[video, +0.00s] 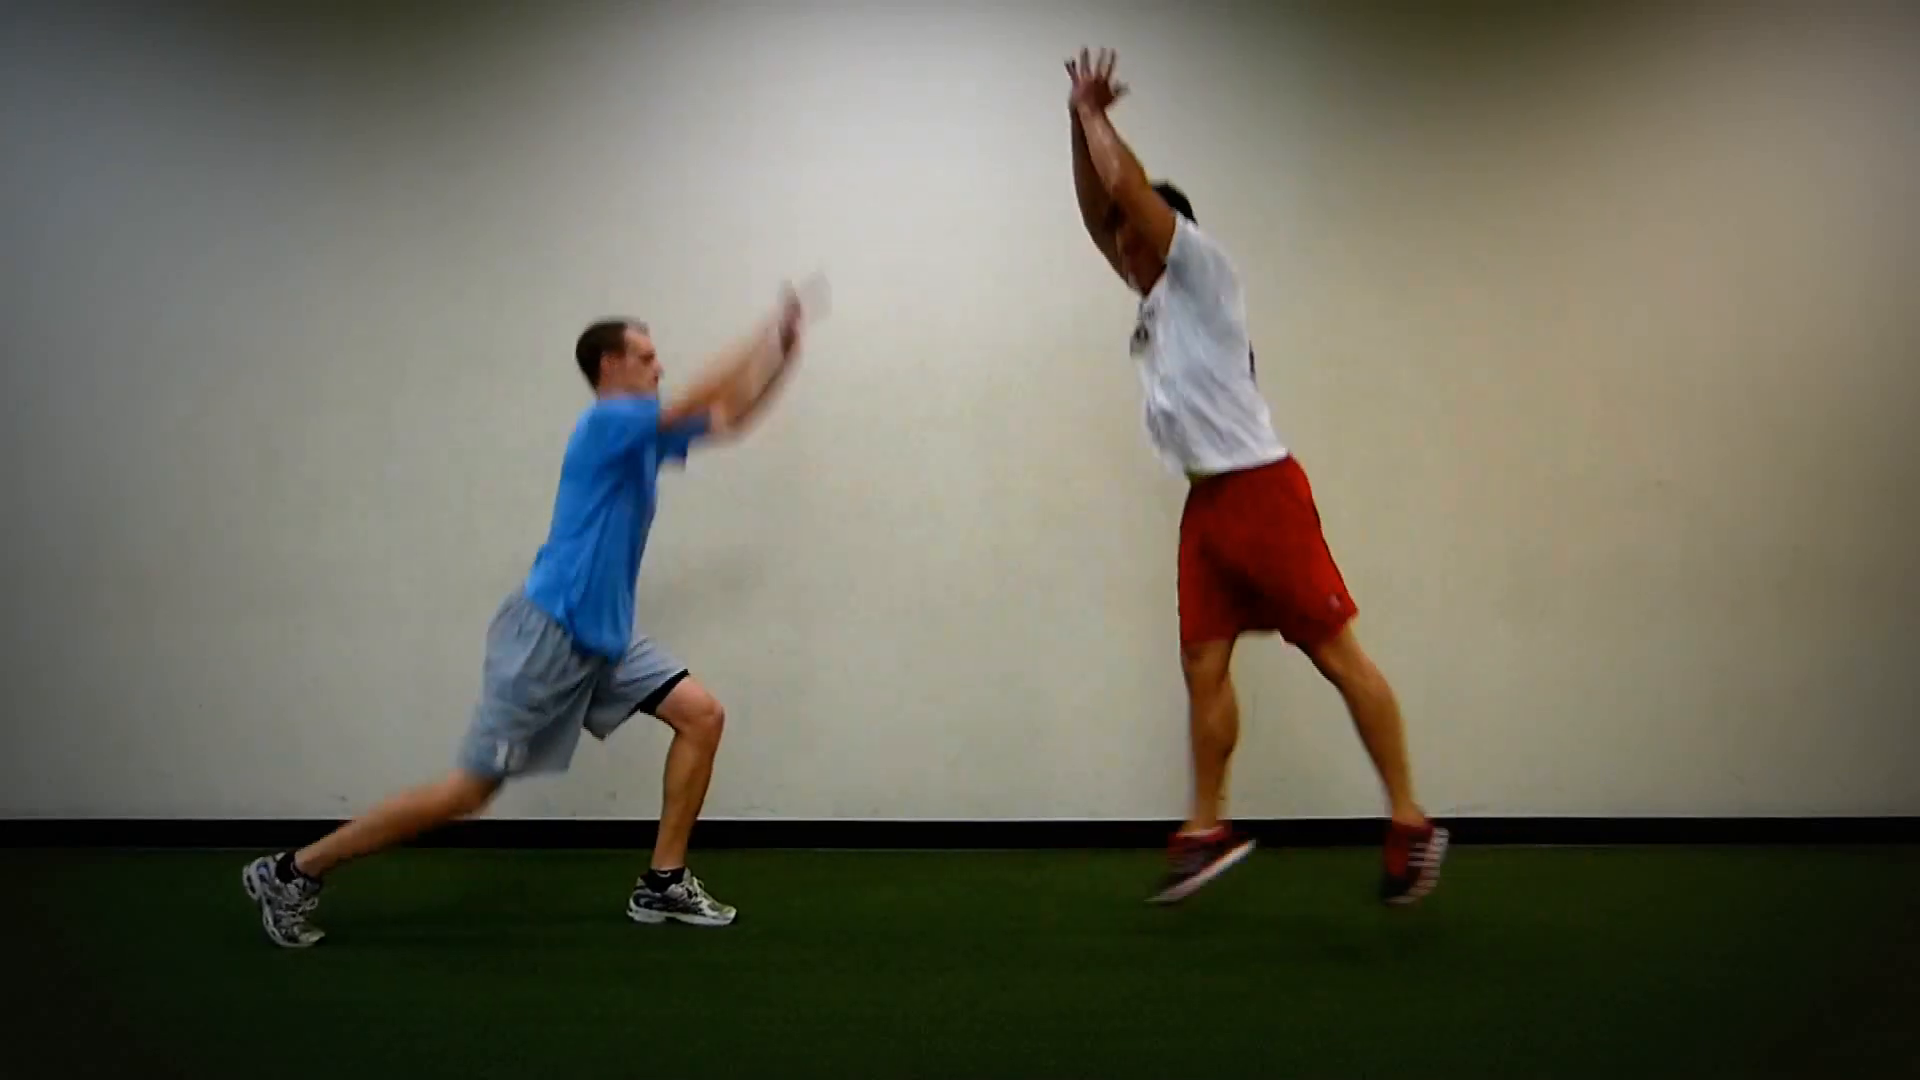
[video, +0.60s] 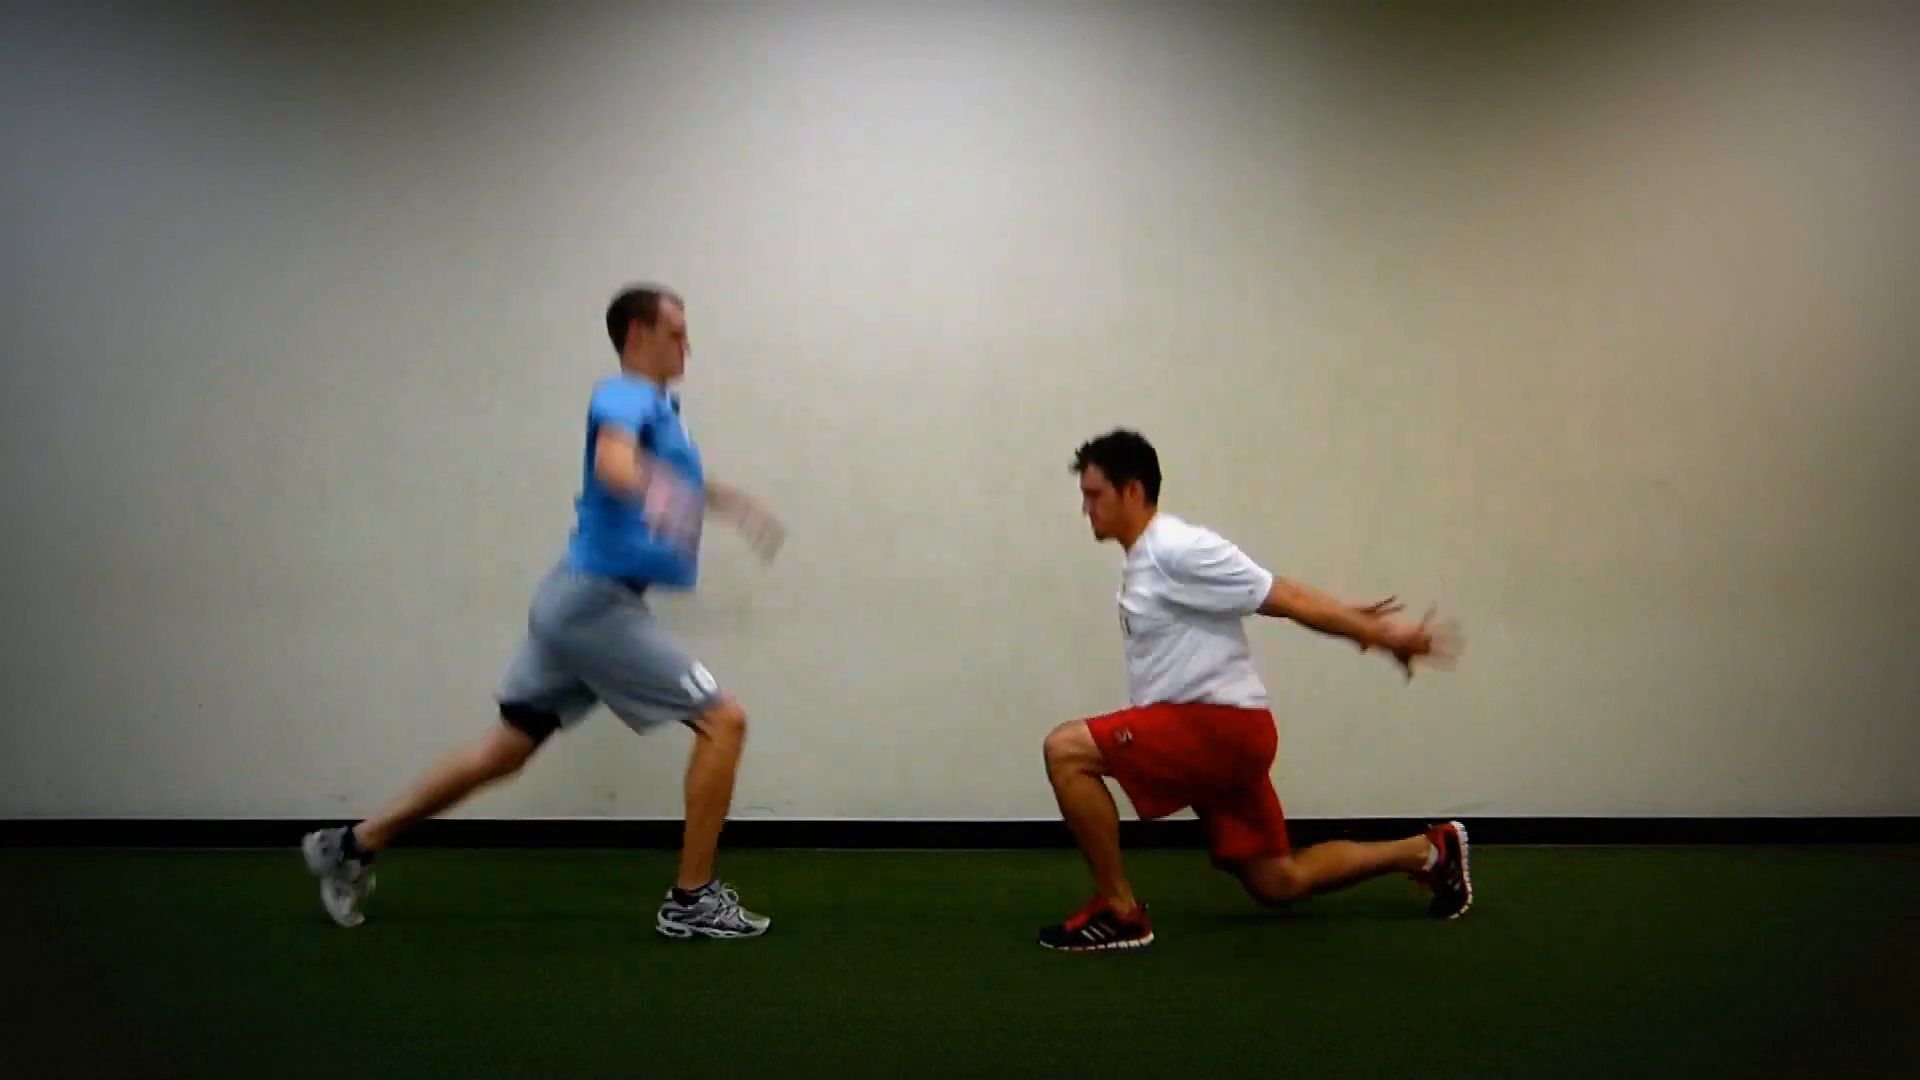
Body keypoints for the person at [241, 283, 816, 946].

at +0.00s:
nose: (660, 364)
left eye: (656, 354)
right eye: (647, 355)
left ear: (632, 366)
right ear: (612, 366)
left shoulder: (643, 430)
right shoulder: (607, 420)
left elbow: (729, 418)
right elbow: (696, 405)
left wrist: (784, 359)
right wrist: (765, 337)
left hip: (604, 637)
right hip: (550, 632)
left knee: (700, 715)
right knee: (466, 795)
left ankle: (665, 881)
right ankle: (292, 872)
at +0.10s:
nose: (669, 266)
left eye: (668, 257)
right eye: (658, 257)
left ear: (644, 275)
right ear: (627, 271)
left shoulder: (655, 333)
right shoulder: (617, 325)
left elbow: (711, 264)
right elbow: (687, 242)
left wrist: (745, 189)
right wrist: (726, 153)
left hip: (606, 555)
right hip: (557, 543)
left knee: (641, 701)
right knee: (465, 696)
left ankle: (659, 870)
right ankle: (345, 835)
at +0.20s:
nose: (679, 212)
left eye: (679, 202)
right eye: (667, 200)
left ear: (659, 211)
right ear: (639, 204)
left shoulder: (657, 265)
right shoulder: (618, 255)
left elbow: (702, 172)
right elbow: (674, 159)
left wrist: (731, 85)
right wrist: (707, 61)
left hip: (616, 487)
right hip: (576, 475)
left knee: (582, 656)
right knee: (514, 647)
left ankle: (574, 823)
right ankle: (413, 799)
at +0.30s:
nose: (681, 185)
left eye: (686, 177)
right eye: (669, 171)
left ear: (671, 191)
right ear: (637, 176)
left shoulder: (654, 233)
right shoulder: (618, 224)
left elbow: (708, 162)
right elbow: (673, 135)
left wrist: (749, 90)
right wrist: (714, 33)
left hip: (603, 461)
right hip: (583, 455)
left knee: (565, 633)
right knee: (579, 637)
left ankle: (469, 770)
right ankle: (496, 796)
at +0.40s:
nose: (680, 210)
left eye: (681, 198)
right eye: (667, 196)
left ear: (665, 211)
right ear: (632, 200)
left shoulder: (660, 255)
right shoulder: (615, 246)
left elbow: (725, 215)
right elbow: (669, 170)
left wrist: (781, 164)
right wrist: (732, 77)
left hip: (590, 471)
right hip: (585, 470)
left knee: (535, 633)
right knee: (630, 644)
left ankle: (408, 747)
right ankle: (601, 822)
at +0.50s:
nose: (679, 252)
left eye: (682, 243)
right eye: (669, 241)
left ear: (644, 247)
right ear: (631, 247)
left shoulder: (659, 316)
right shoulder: (613, 307)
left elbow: (720, 327)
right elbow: (646, 283)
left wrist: (797, 317)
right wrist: (715, 233)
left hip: (583, 516)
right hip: (587, 518)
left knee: (509, 673)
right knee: (674, 678)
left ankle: (377, 782)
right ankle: (683, 859)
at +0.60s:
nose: (686, 348)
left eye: (685, 336)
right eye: (676, 335)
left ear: (648, 339)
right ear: (638, 337)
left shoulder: (658, 408)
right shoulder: (625, 394)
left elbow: (685, 482)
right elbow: (614, 464)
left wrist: (741, 508)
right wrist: (652, 494)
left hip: (582, 602)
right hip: (591, 605)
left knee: (503, 752)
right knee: (723, 723)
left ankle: (353, 845)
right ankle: (694, 896)